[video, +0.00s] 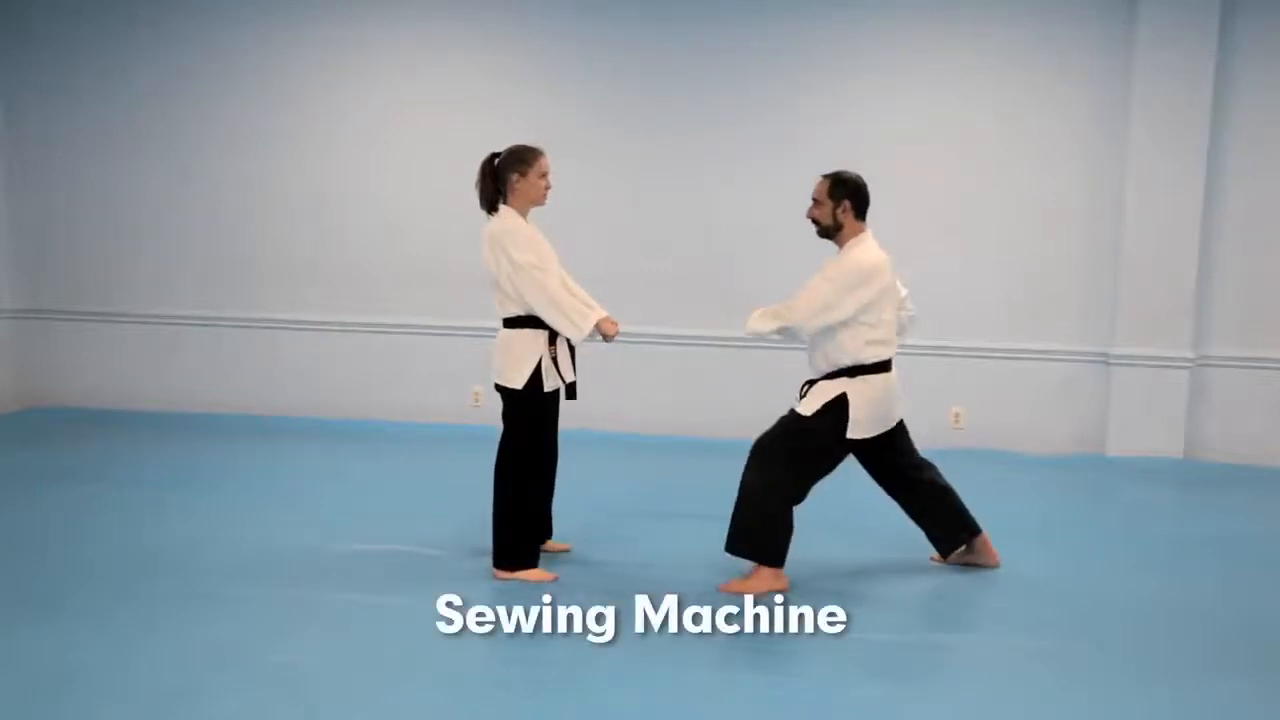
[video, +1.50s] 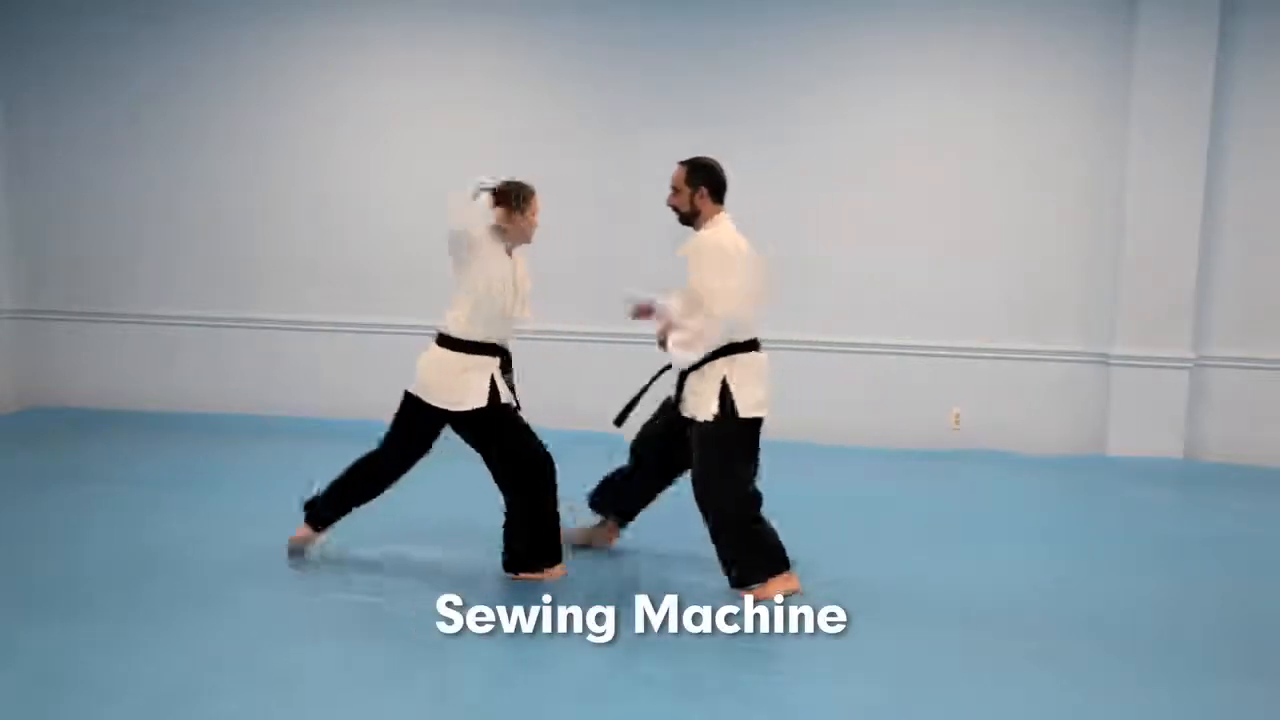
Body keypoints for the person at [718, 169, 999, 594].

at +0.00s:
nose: (809, 211)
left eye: (816, 203)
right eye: (811, 202)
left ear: (844, 209)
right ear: (847, 210)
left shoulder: (853, 263)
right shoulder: (874, 258)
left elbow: (803, 319)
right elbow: (903, 312)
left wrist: (755, 321)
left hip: (844, 396)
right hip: (875, 391)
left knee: (772, 458)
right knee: (906, 471)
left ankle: (768, 570)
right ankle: (973, 545)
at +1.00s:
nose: (791, 210)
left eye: (798, 201)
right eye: (793, 200)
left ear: (825, 206)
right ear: (831, 206)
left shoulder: (838, 254)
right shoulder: (865, 251)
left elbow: (780, 301)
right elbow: (894, 307)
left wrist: (739, 319)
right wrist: (858, 345)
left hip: (830, 393)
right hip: (864, 388)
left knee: (760, 464)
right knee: (897, 468)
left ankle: (784, 576)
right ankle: (968, 543)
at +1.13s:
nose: (764, 202)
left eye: (771, 194)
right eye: (765, 194)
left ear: (797, 198)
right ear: (804, 198)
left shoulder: (805, 248)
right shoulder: (842, 243)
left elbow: (743, 305)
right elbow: (874, 299)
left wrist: (720, 316)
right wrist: (838, 337)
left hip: (801, 386)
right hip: (838, 381)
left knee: (750, 473)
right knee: (836, 470)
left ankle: (776, 578)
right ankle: (917, 525)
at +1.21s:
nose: (743, 201)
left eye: (749, 192)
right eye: (744, 191)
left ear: (776, 195)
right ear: (785, 196)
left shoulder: (780, 246)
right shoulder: (827, 240)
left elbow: (723, 304)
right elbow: (857, 291)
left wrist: (704, 322)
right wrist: (824, 329)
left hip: (785, 381)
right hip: (823, 377)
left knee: (741, 473)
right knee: (780, 462)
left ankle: (774, 578)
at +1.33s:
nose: (712, 200)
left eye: (718, 191)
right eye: (713, 190)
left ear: (745, 195)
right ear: (753, 195)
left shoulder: (750, 244)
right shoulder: (797, 239)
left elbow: (700, 308)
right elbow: (825, 293)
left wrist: (679, 331)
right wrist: (790, 331)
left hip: (762, 379)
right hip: (793, 374)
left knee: (737, 482)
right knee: (696, 421)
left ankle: (774, 578)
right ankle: (701, 523)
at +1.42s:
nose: (691, 199)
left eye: (697, 191)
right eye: (693, 190)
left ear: (724, 195)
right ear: (730, 195)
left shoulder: (732, 243)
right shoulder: (765, 237)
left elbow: (701, 310)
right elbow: (775, 299)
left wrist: (673, 335)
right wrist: (719, 332)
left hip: (744, 378)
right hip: (756, 372)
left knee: (731, 485)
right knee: (674, 433)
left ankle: (771, 579)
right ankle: (626, 512)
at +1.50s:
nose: (669, 199)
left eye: (676, 191)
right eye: (671, 190)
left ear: (702, 195)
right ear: (704, 196)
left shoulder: (716, 246)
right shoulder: (713, 241)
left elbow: (722, 319)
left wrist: (673, 338)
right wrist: (661, 308)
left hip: (728, 382)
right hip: (706, 378)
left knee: (723, 488)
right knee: (654, 453)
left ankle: (773, 577)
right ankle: (606, 526)